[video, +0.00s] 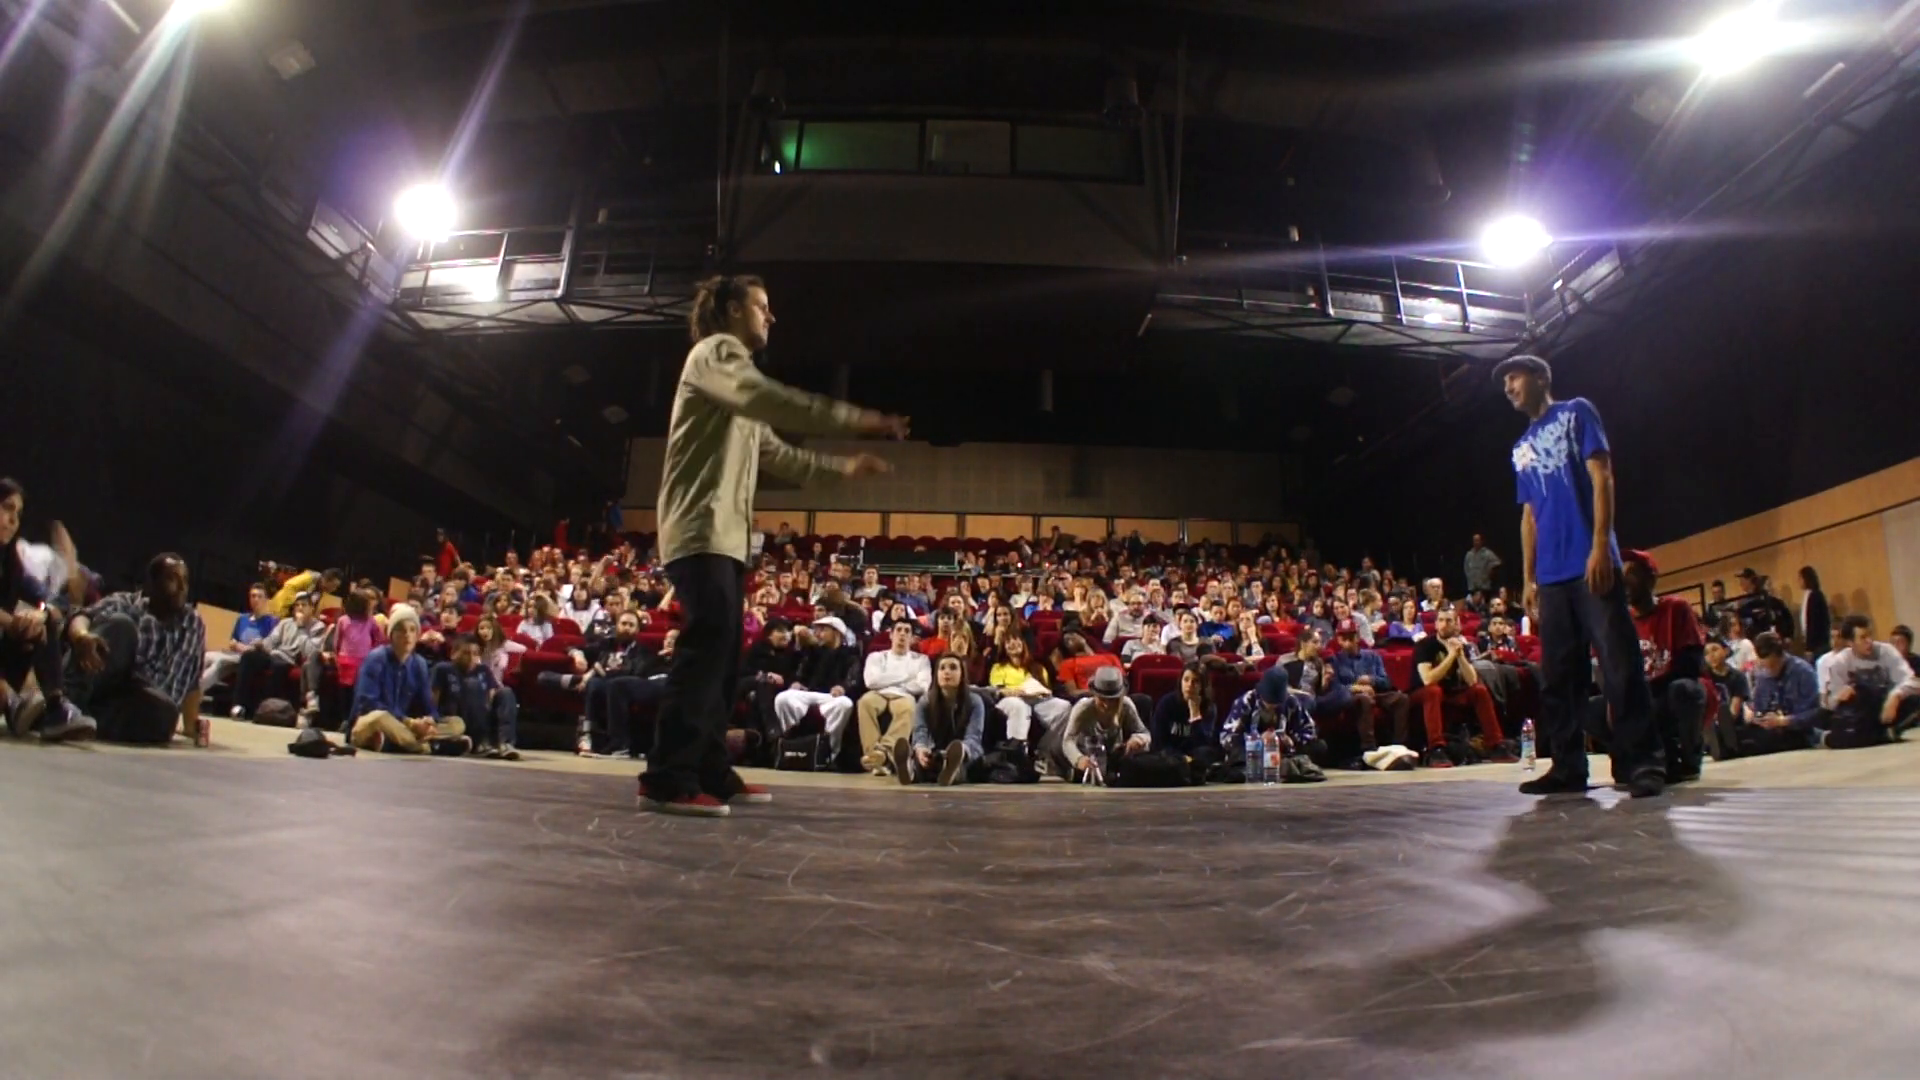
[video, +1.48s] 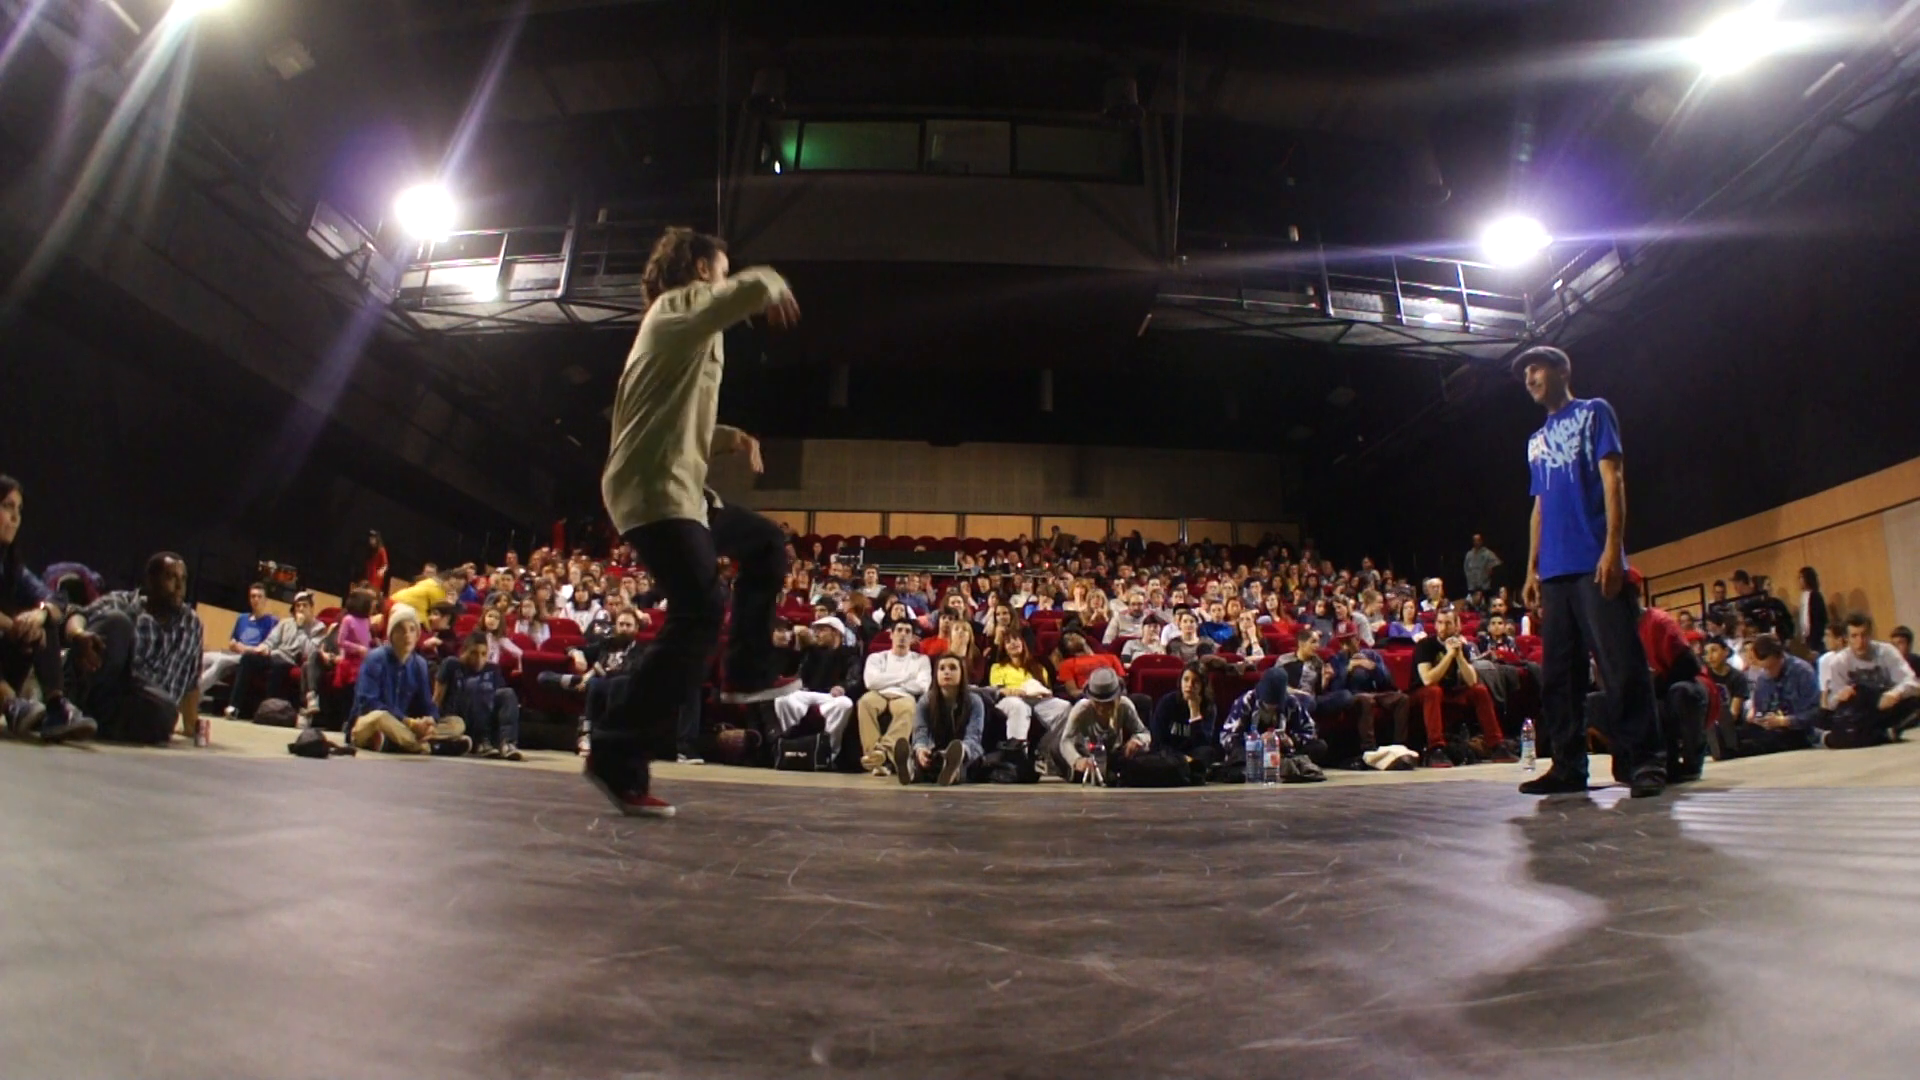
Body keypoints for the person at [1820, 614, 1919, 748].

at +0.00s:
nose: (1868, 641)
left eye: (1869, 636)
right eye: (1862, 638)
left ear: (1872, 635)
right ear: (1850, 642)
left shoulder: (1887, 652)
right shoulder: (1839, 662)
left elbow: (1910, 679)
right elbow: (1828, 703)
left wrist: (1895, 696)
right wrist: (1838, 697)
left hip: (1885, 703)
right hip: (1856, 706)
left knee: (1913, 701)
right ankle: (1884, 734)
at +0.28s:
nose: (1871, 641)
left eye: (1871, 635)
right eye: (1865, 637)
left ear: (1873, 634)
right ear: (1851, 642)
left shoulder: (1887, 651)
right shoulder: (1840, 662)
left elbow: (1910, 680)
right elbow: (1829, 703)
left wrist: (1895, 696)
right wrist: (1839, 696)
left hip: (1885, 702)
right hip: (1856, 705)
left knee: (1914, 703)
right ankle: (1884, 734)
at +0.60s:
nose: (1870, 641)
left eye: (1870, 635)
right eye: (1864, 637)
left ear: (1873, 634)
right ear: (1851, 643)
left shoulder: (1887, 652)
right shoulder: (1840, 662)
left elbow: (1910, 680)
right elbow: (1830, 703)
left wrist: (1895, 694)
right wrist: (1839, 696)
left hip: (1885, 703)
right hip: (1856, 706)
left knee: (1914, 703)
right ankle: (1884, 734)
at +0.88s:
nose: (1868, 642)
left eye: (1869, 636)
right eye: (1861, 637)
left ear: (1872, 635)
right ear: (1850, 640)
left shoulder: (1887, 652)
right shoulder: (1839, 663)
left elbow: (1911, 681)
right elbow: (1830, 702)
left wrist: (1895, 693)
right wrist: (1839, 696)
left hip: (1886, 703)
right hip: (1857, 706)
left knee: (1914, 703)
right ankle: (1885, 734)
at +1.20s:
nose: (1863, 641)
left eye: (1866, 635)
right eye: (1857, 637)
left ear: (1871, 633)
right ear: (1847, 639)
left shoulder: (1887, 652)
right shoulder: (1839, 662)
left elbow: (1911, 681)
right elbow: (1831, 703)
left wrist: (1895, 692)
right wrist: (1839, 697)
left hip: (1886, 707)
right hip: (1857, 709)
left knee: (1913, 703)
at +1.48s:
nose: (1860, 642)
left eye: (1864, 635)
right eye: (1854, 636)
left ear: (1870, 635)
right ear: (1847, 638)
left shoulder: (1887, 652)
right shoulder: (1839, 662)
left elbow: (1911, 680)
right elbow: (1830, 702)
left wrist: (1895, 693)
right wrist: (1839, 696)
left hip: (1886, 704)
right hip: (1857, 706)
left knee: (1913, 703)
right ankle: (1884, 734)